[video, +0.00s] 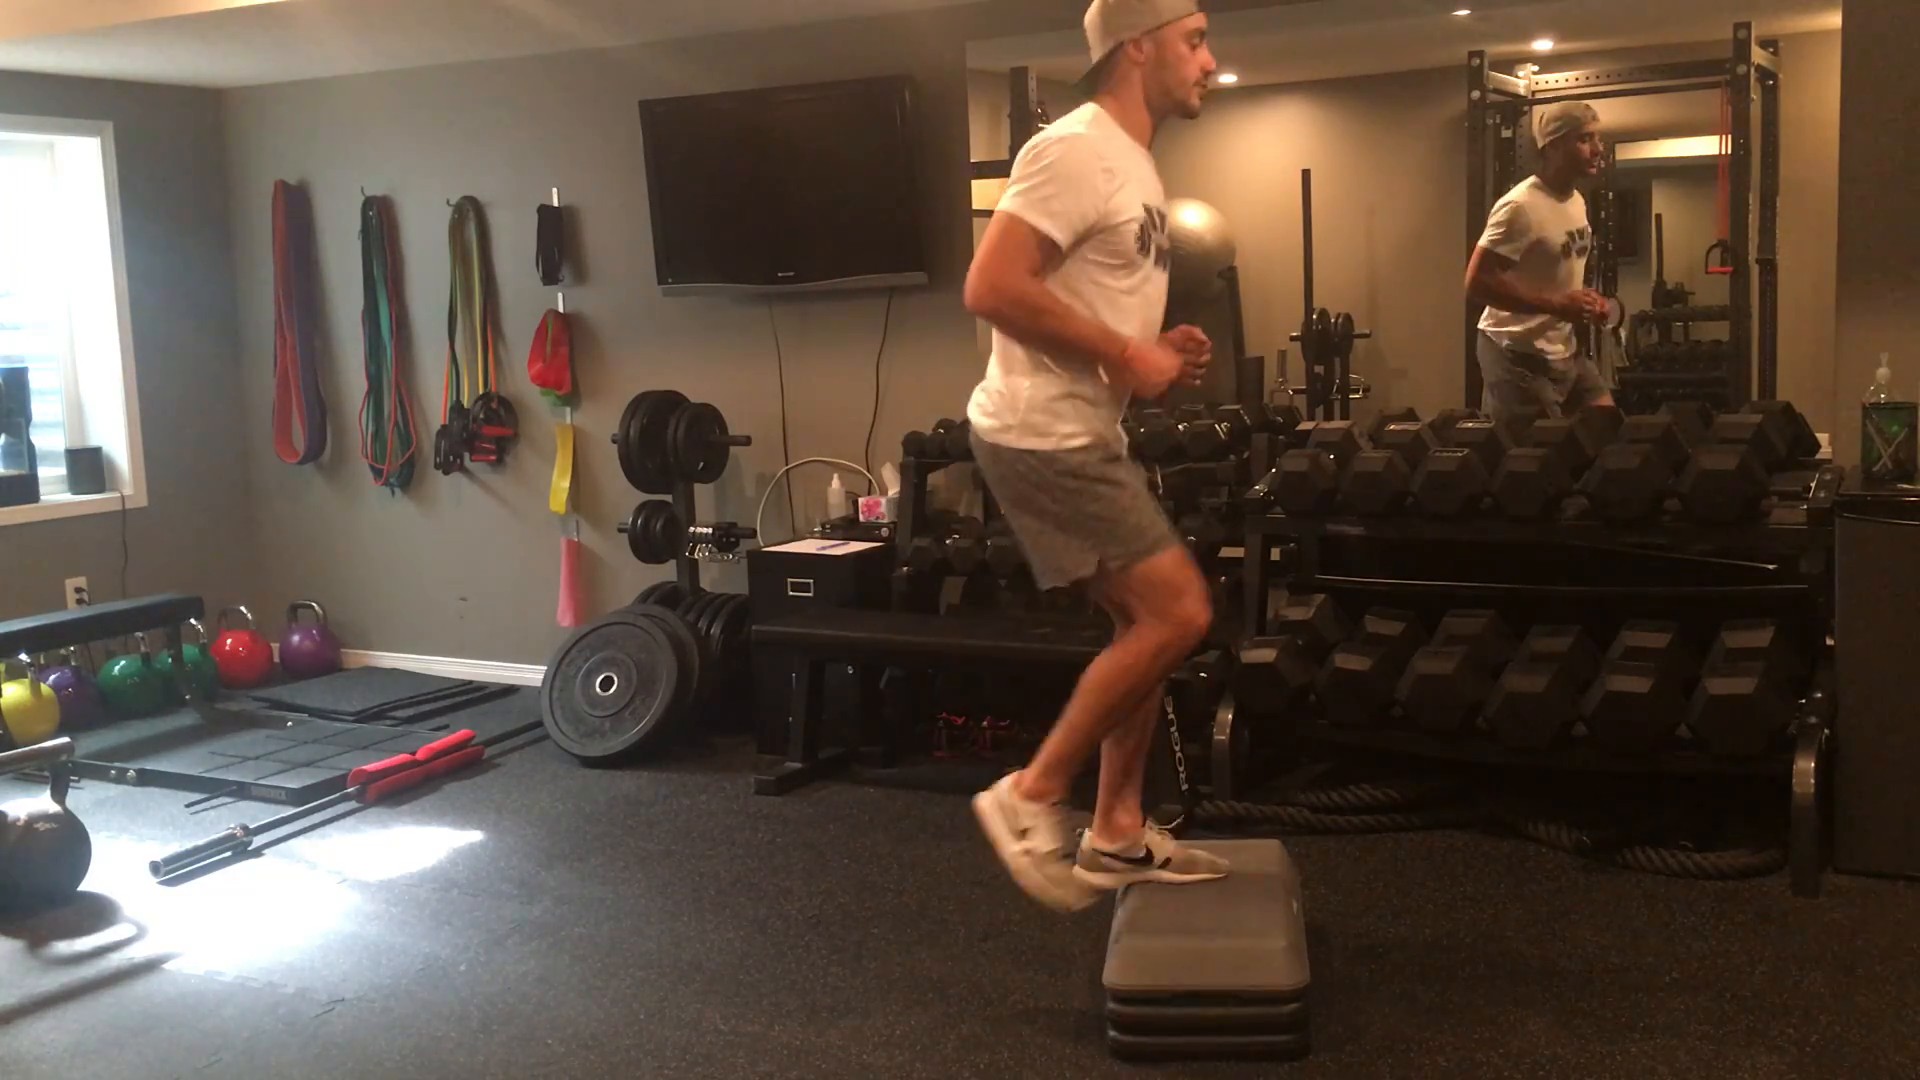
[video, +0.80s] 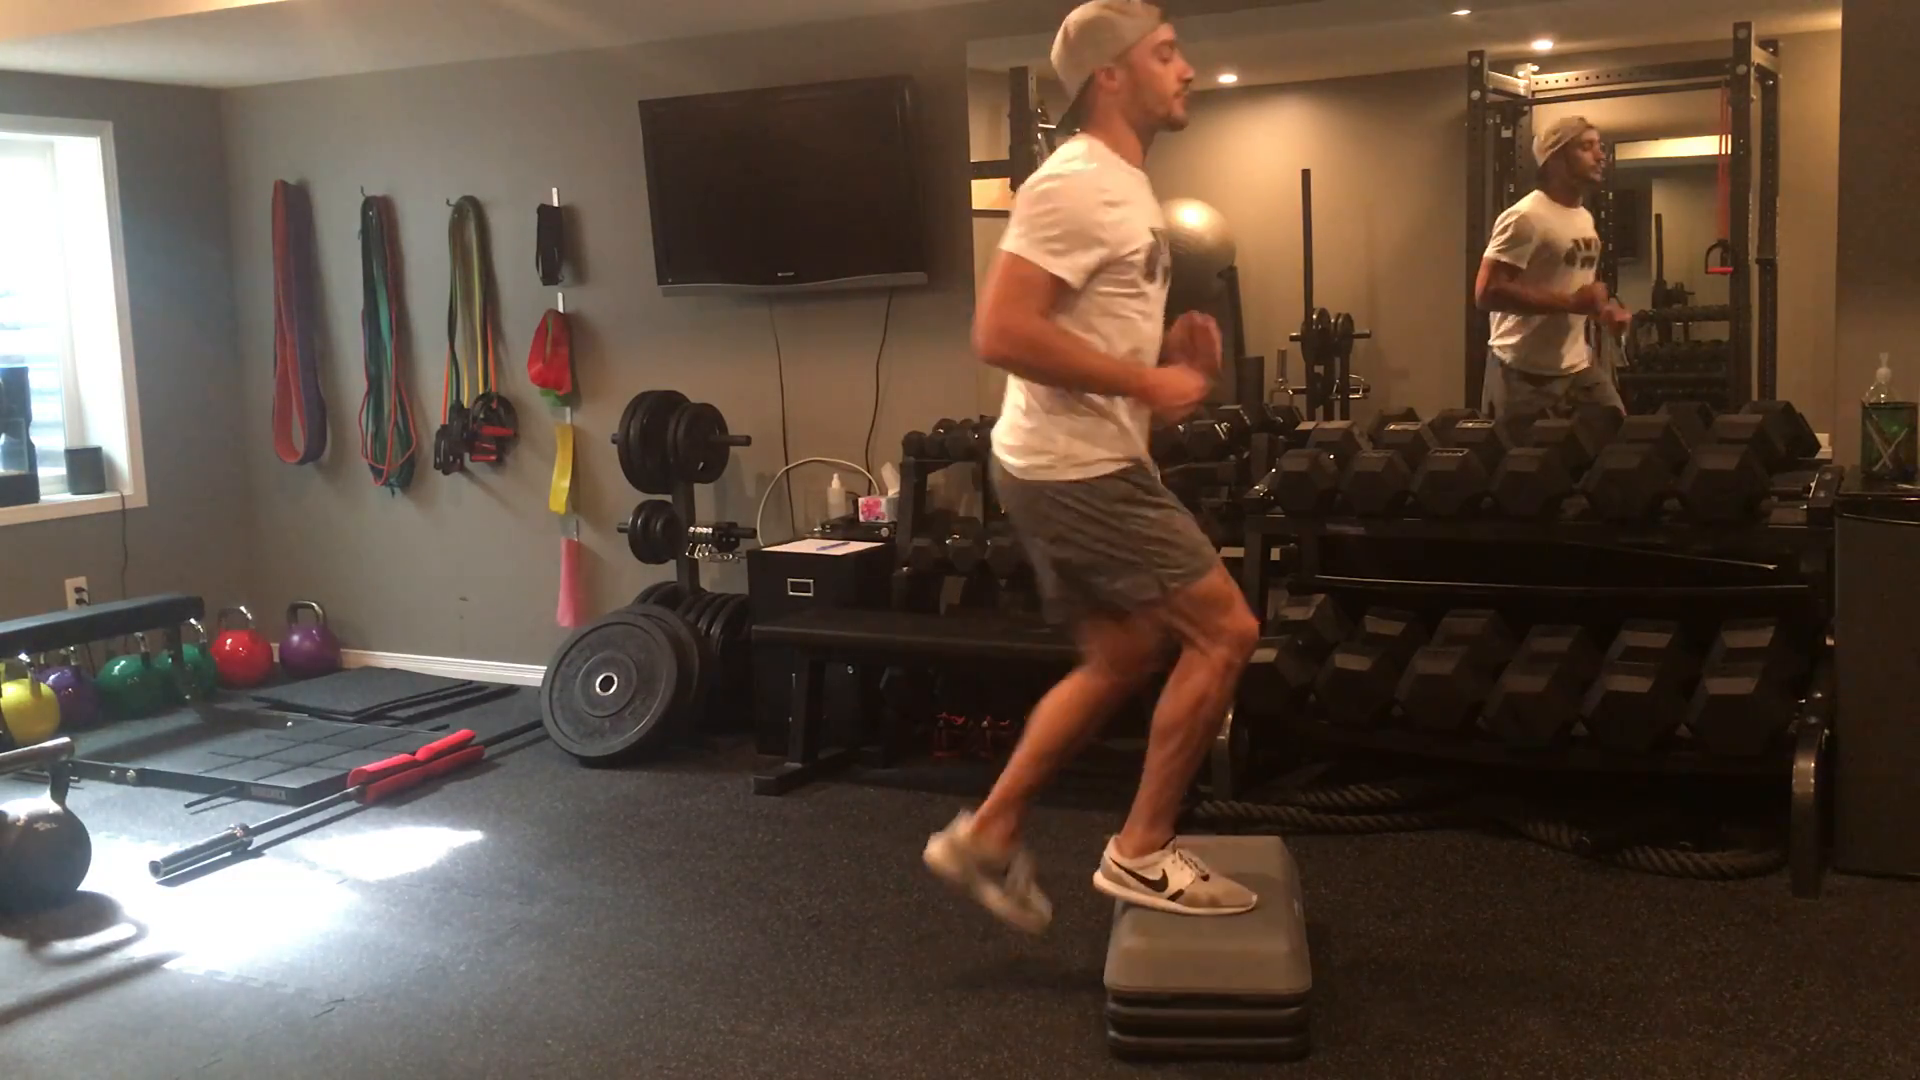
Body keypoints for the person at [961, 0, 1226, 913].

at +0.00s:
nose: (1210, 62)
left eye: (1206, 43)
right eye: (1194, 41)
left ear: (1145, 53)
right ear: (1138, 52)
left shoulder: (1131, 162)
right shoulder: (1079, 148)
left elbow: (1071, 304)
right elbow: (991, 286)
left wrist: (1151, 344)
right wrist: (1127, 353)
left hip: (1080, 426)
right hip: (1041, 429)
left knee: (1148, 620)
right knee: (1178, 612)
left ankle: (1118, 828)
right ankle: (1029, 795)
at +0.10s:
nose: (1197, 67)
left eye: (1193, 49)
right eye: (1182, 47)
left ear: (1133, 58)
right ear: (1129, 58)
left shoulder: (1117, 167)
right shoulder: (1068, 153)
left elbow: (1054, 315)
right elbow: (986, 293)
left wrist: (1134, 357)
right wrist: (1108, 371)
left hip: (1075, 438)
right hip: (1018, 440)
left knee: (1165, 596)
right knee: (1100, 647)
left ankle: (1123, 812)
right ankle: (974, 852)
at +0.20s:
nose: (1177, 109)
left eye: (1174, 92)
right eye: (1163, 92)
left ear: (1116, 103)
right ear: (1113, 102)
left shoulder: (1095, 198)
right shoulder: (1059, 193)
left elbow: (1031, 338)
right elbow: (983, 336)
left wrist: (1111, 379)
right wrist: (1098, 404)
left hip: (1060, 468)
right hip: (1002, 478)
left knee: (1185, 579)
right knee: (1015, 709)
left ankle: (1097, 774)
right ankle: (931, 923)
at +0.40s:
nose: (1150, 147)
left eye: (1147, 129)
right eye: (1135, 130)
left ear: (1085, 144)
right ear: (1080, 143)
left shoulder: (1071, 242)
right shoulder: (1029, 243)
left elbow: (1020, 394)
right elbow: (968, 396)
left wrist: (1086, 487)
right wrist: (1080, 490)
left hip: (1044, 522)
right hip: (994, 530)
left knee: (1120, 674)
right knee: (1043, 730)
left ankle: (990, 862)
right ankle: (918, 932)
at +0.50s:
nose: (1148, 149)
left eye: (1145, 131)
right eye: (1132, 133)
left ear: (1083, 150)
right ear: (1078, 147)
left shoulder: (1070, 248)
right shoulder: (1031, 244)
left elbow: (1004, 399)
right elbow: (951, 393)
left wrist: (1090, 459)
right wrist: (1056, 503)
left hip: (1014, 524)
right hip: (1011, 526)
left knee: (1042, 726)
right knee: (1147, 706)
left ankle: (945, 921)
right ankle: (974, 862)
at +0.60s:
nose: (1155, 158)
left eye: (1151, 139)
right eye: (1137, 142)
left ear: (1092, 162)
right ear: (1082, 161)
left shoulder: (1081, 262)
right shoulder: (1039, 262)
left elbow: (1043, 408)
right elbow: (946, 393)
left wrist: (1141, 436)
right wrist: (1051, 502)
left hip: (1012, 534)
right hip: (1021, 534)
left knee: (1033, 737)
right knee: (1217, 645)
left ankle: (944, 924)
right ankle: (1051, 809)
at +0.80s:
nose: (1186, 69)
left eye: (1178, 52)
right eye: (1166, 54)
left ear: (1124, 80)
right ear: (1112, 79)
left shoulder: (1121, 182)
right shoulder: (1074, 181)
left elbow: (1076, 332)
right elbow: (1001, 331)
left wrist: (1166, 352)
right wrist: (1142, 379)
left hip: (1068, 461)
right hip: (1077, 466)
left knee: (1124, 650)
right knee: (1224, 630)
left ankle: (986, 836)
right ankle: (1141, 850)